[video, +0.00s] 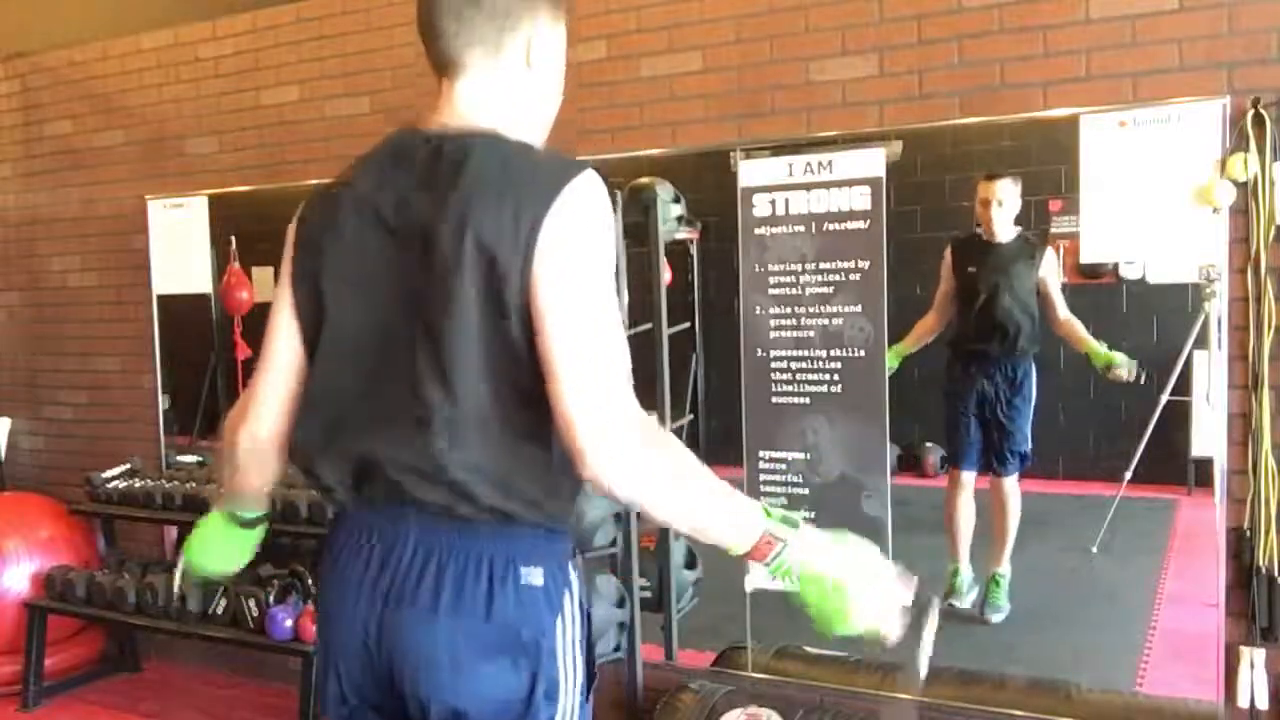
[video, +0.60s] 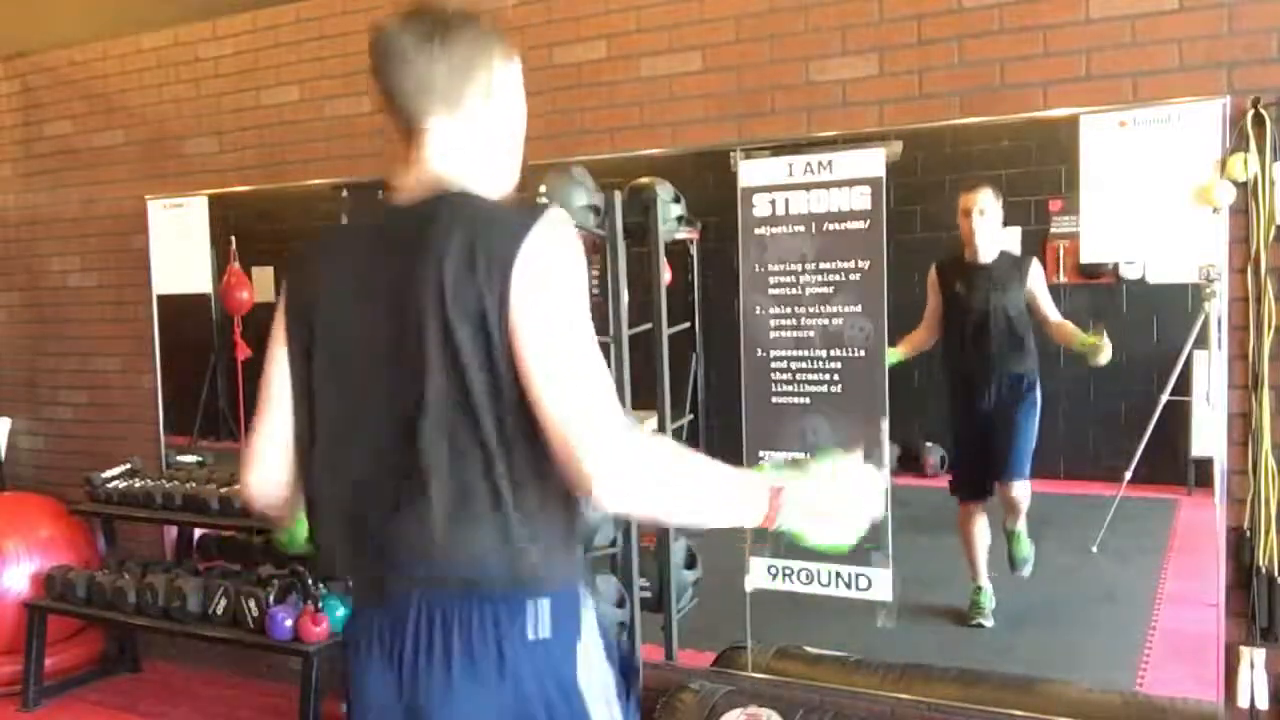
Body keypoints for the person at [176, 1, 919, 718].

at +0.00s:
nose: (563, 79)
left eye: (561, 55)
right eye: (562, 54)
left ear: (435, 54)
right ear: (538, 50)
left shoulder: (329, 207)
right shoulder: (558, 193)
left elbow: (255, 441)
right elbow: (608, 446)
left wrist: (235, 510)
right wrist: (784, 546)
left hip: (356, 566)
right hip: (502, 583)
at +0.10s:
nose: (561, 154)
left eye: (557, 130)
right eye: (558, 130)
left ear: (435, 132)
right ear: (535, 127)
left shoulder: (331, 289)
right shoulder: (555, 284)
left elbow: (259, 500)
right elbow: (621, 528)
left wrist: (371, 445)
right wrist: (804, 522)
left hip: (356, 646)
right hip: (502, 657)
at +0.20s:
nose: (556, 156)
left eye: (551, 129)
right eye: (552, 128)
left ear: (429, 131)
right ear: (524, 123)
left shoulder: (328, 293)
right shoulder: (551, 279)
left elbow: (256, 501)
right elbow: (634, 516)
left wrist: (367, 455)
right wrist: (813, 507)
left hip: (352, 655)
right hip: (502, 669)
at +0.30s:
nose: (545, 72)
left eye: (540, 48)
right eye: (540, 46)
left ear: (416, 54)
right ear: (516, 43)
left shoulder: (331, 222)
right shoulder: (540, 190)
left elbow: (271, 435)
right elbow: (607, 432)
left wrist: (252, 539)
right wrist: (777, 530)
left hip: (353, 563)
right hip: (491, 572)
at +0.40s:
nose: (530, 66)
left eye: (525, 45)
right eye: (525, 43)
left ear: (400, 59)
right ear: (505, 46)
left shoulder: (317, 227)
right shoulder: (530, 191)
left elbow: (276, 458)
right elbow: (594, 433)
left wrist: (260, 532)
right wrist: (767, 542)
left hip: (358, 570)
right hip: (503, 575)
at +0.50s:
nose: (523, 160)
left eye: (519, 136)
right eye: (518, 135)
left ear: (400, 144)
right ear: (493, 132)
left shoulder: (317, 297)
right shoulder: (525, 272)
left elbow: (267, 513)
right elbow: (601, 508)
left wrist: (365, 437)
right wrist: (789, 511)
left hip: (372, 641)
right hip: (519, 647)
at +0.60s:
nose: (524, 125)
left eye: (519, 98)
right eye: (518, 99)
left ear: (396, 110)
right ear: (491, 100)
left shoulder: (315, 265)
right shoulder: (523, 242)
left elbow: (266, 483)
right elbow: (607, 461)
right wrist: (784, 497)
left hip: (379, 636)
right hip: (522, 635)